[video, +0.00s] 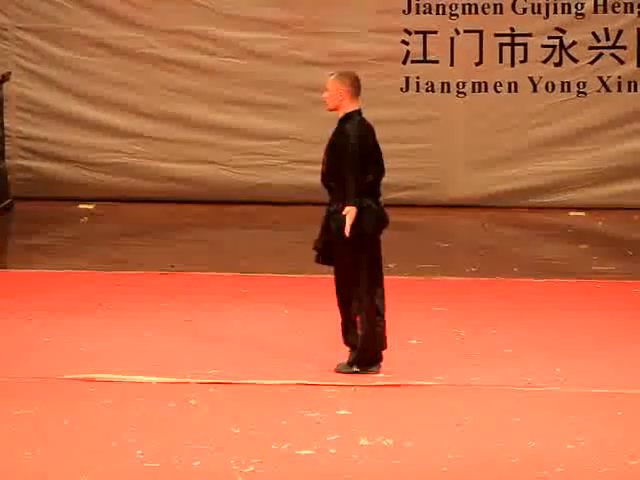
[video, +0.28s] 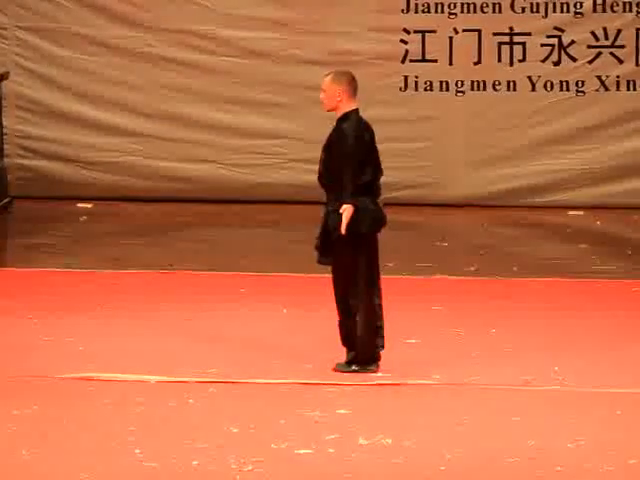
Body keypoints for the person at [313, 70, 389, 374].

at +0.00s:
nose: (323, 97)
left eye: (328, 91)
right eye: (325, 91)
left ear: (343, 94)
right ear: (346, 95)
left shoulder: (351, 128)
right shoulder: (359, 125)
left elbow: (354, 171)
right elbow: (374, 169)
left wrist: (352, 205)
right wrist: (358, 201)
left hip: (353, 219)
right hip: (362, 217)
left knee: (357, 285)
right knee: (361, 285)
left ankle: (365, 352)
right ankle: (366, 348)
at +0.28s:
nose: (320, 96)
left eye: (324, 90)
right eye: (321, 90)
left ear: (340, 93)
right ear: (344, 94)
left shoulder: (349, 129)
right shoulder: (357, 125)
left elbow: (351, 170)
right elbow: (371, 170)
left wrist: (349, 203)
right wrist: (355, 201)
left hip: (350, 221)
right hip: (360, 218)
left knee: (353, 286)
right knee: (358, 285)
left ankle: (363, 353)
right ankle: (363, 349)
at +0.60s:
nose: (320, 97)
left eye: (323, 91)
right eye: (321, 90)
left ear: (339, 93)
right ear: (342, 94)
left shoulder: (347, 128)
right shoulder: (356, 125)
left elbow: (350, 171)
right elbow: (369, 170)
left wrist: (347, 204)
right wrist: (357, 200)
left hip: (346, 221)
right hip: (359, 219)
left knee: (349, 287)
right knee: (359, 285)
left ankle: (358, 352)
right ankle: (365, 345)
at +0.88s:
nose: (320, 98)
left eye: (323, 93)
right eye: (321, 92)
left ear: (340, 95)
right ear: (343, 96)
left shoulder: (348, 130)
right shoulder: (356, 126)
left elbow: (350, 173)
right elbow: (370, 171)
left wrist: (346, 206)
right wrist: (355, 201)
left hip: (347, 222)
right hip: (358, 220)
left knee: (349, 288)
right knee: (356, 286)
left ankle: (357, 353)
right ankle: (362, 347)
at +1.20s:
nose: (319, 100)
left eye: (322, 94)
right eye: (320, 94)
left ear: (338, 96)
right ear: (343, 97)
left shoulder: (346, 131)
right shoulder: (360, 128)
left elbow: (348, 175)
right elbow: (371, 172)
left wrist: (344, 208)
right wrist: (355, 203)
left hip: (345, 223)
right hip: (359, 220)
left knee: (345, 288)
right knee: (357, 286)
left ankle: (353, 353)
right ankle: (362, 348)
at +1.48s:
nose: (318, 100)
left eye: (322, 95)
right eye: (319, 94)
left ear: (339, 97)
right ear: (342, 98)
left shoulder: (346, 131)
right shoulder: (357, 128)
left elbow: (347, 174)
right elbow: (370, 171)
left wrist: (344, 207)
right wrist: (356, 203)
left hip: (343, 222)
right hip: (358, 220)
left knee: (343, 288)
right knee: (356, 286)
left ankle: (351, 354)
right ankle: (361, 348)